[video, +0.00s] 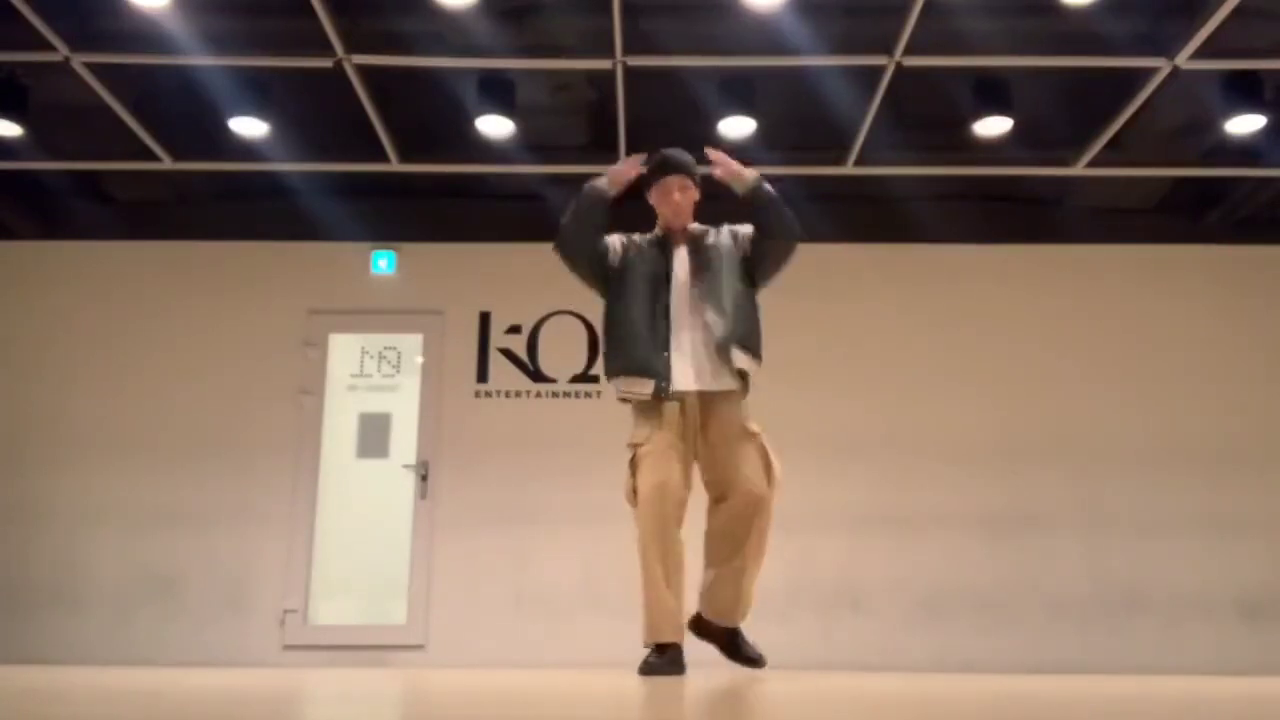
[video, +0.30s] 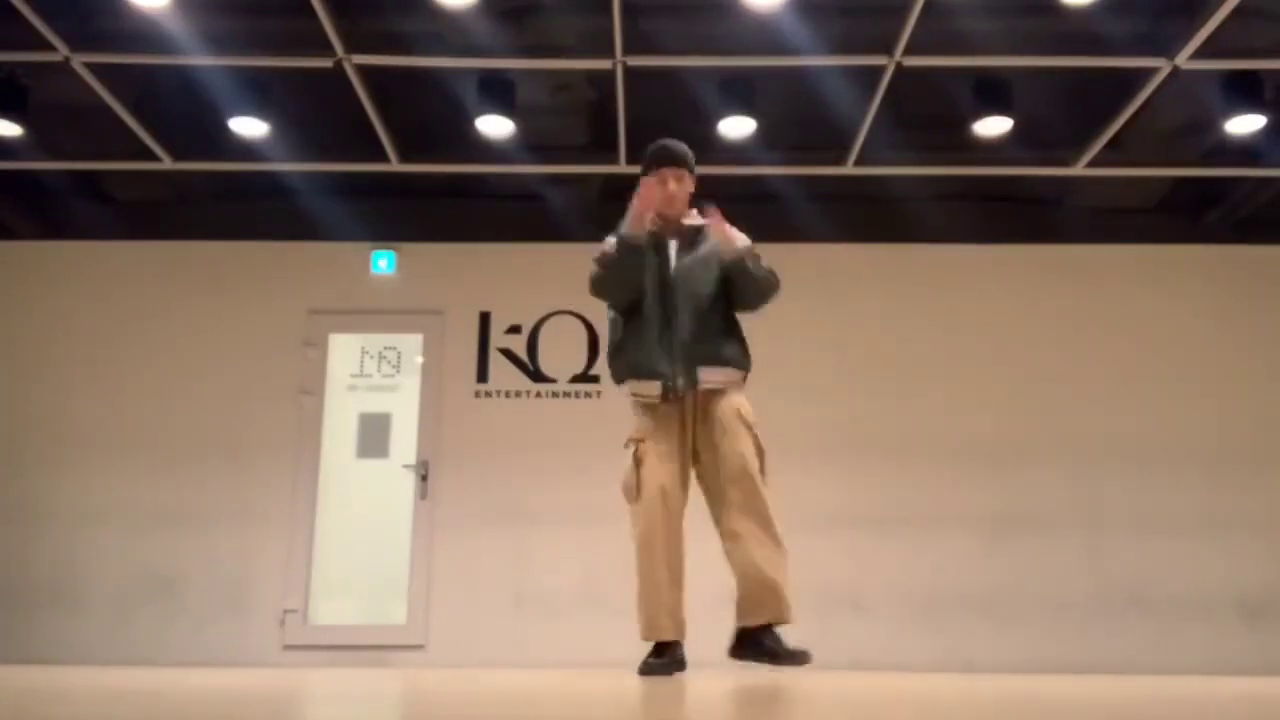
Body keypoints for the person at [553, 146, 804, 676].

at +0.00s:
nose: (678, 196)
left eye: (686, 186)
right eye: (667, 188)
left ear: (698, 195)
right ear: (649, 198)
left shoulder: (732, 246)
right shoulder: (626, 254)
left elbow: (783, 236)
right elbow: (572, 244)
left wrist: (749, 183)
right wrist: (606, 187)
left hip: (724, 399)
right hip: (658, 401)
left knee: (750, 489)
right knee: (659, 498)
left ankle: (719, 618)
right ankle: (664, 641)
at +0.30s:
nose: (670, 188)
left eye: (679, 179)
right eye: (660, 178)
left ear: (694, 187)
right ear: (643, 186)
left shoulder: (718, 239)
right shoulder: (625, 245)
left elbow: (760, 292)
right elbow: (613, 290)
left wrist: (734, 248)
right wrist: (637, 229)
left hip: (719, 391)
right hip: (652, 395)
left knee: (743, 499)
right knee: (657, 509)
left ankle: (757, 628)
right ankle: (664, 642)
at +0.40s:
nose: (671, 188)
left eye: (679, 179)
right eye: (661, 180)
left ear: (695, 188)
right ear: (646, 190)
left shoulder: (732, 246)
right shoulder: (623, 256)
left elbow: (755, 301)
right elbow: (611, 302)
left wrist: (760, 338)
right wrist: (618, 328)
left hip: (723, 395)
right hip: (655, 399)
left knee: (746, 496)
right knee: (658, 507)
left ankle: (720, 620)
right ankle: (667, 640)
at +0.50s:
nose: (673, 201)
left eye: (682, 192)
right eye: (665, 194)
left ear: (700, 202)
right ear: (652, 206)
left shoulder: (738, 265)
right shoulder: (631, 275)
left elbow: (766, 341)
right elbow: (608, 349)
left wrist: (778, 408)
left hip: (724, 418)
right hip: (650, 421)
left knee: (739, 519)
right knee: (648, 517)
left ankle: (709, 631)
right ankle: (667, 645)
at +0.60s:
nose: (693, 187)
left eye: (702, 181)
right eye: (684, 180)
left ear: (715, 197)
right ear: (667, 195)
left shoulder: (746, 260)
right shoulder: (639, 265)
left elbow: (771, 338)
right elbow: (615, 346)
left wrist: (776, 407)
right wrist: (614, 417)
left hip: (729, 419)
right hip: (655, 419)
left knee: (724, 529)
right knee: (650, 524)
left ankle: (713, 640)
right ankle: (668, 644)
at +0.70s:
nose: (720, 178)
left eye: (726, 173)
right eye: (710, 170)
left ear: (733, 188)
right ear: (687, 181)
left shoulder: (753, 250)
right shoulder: (643, 243)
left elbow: (769, 329)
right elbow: (624, 320)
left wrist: (775, 389)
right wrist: (635, 382)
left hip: (731, 398)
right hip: (662, 396)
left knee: (728, 516)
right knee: (663, 508)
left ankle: (721, 636)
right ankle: (665, 638)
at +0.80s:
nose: (733, 191)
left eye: (738, 185)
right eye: (722, 182)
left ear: (742, 200)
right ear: (697, 193)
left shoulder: (758, 264)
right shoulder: (649, 247)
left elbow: (773, 340)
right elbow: (618, 318)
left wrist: (784, 401)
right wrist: (627, 377)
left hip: (734, 406)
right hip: (667, 402)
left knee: (733, 524)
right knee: (663, 517)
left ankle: (716, 640)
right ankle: (653, 637)